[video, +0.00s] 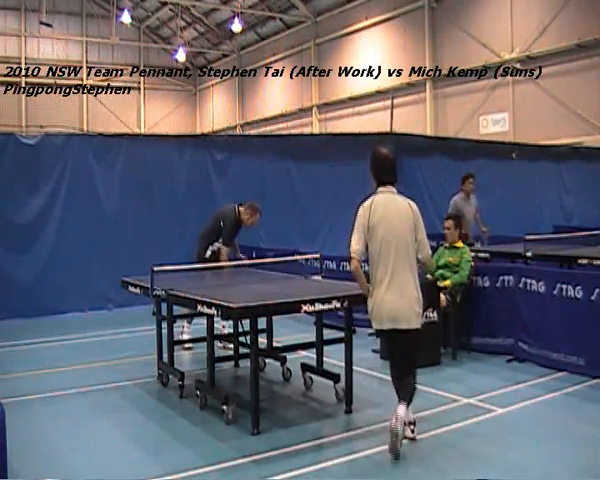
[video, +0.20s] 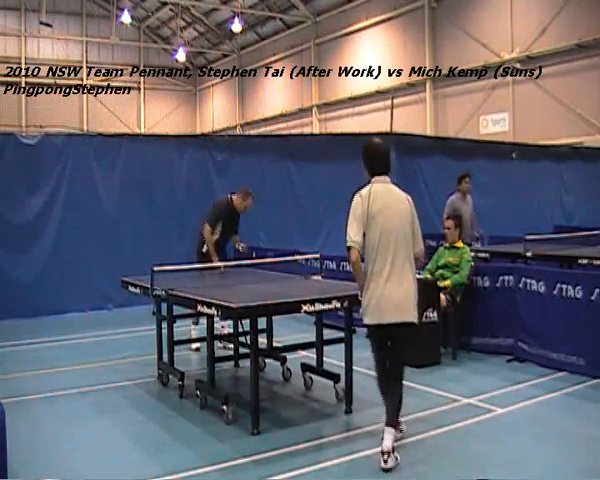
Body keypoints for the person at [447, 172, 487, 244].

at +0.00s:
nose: (472, 186)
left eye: (473, 184)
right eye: (469, 183)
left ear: (474, 186)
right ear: (463, 186)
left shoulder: (473, 198)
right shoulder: (455, 201)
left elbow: (476, 213)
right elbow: (450, 218)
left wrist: (481, 228)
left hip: (471, 234)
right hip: (459, 235)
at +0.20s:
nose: (468, 185)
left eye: (469, 183)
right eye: (465, 183)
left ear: (470, 185)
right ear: (459, 185)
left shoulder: (469, 198)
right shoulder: (452, 200)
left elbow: (471, 214)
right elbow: (446, 217)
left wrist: (473, 230)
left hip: (467, 234)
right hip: (455, 236)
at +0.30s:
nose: (467, 187)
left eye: (468, 185)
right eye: (465, 184)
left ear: (469, 186)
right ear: (459, 187)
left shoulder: (469, 200)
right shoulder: (451, 202)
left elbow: (470, 217)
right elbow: (445, 218)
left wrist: (472, 233)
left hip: (467, 236)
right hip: (455, 237)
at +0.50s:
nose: (468, 187)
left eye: (469, 185)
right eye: (466, 184)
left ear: (470, 186)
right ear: (459, 187)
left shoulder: (467, 198)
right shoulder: (454, 202)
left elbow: (470, 212)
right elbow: (451, 220)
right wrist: (462, 226)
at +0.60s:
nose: (469, 189)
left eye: (470, 186)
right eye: (468, 186)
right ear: (462, 186)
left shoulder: (455, 185)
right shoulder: (457, 205)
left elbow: (450, 182)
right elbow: (461, 223)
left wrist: (445, 179)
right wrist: (479, 218)